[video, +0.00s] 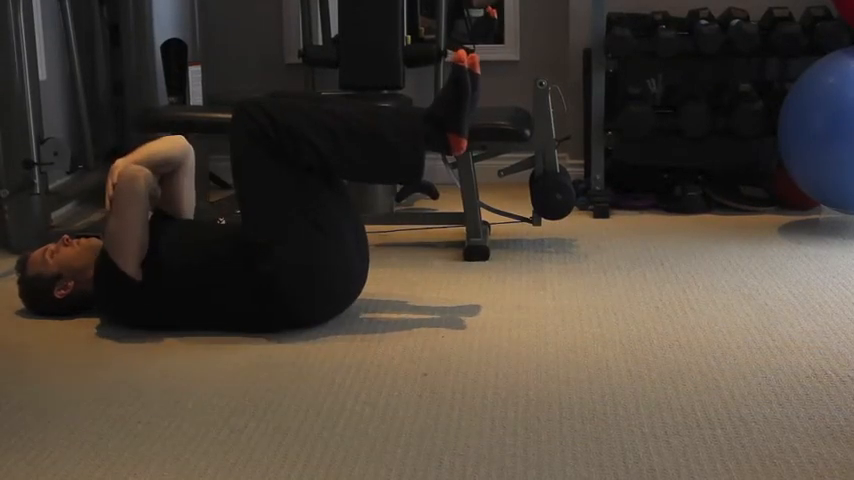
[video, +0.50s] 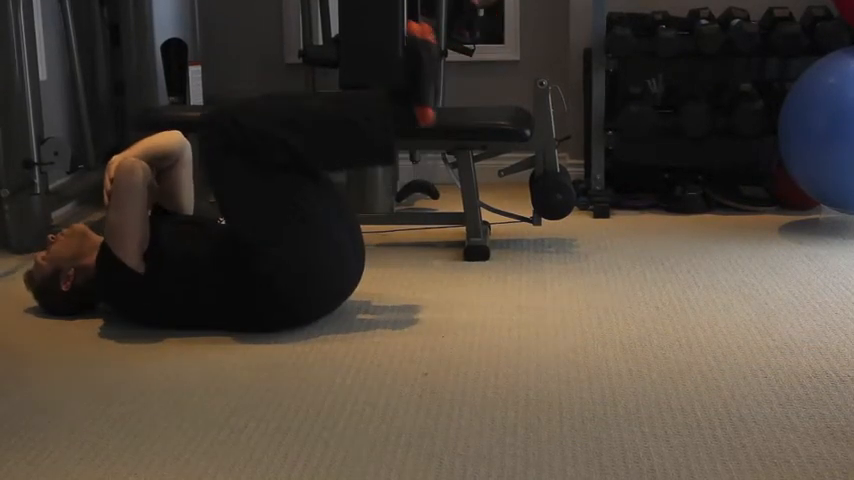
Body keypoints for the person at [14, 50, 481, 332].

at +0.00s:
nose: (67, 237)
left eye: (56, 238)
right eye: (54, 251)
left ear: (75, 238)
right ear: (67, 288)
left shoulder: (151, 253)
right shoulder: (119, 292)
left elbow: (179, 151)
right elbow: (129, 176)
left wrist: (122, 176)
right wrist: (127, 179)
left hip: (320, 265)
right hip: (299, 284)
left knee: (268, 118)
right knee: (259, 121)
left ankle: (428, 127)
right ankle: (430, 135)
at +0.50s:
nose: (57, 236)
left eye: (47, 241)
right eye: (51, 248)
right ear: (72, 278)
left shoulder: (153, 253)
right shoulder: (120, 283)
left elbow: (177, 144)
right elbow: (129, 171)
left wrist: (122, 167)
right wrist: (123, 170)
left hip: (320, 262)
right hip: (297, 276)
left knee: (229, 129)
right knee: (227, 132)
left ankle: (395, 104)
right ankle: (399, 116)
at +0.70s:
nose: (56, 236)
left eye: (46, 244)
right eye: (52, 251)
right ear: (73, 278)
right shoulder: (125, 282)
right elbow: (131, 165)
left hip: (328, 242)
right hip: (295, 262)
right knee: (180, 142)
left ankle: (339, 73)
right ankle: (340, 77)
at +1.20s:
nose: (54, 231)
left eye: (43, 239)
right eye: (48, 245)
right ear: (67, 278)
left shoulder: (151, 258)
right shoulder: (114, 286)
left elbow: (178, 164)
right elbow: (122, 172)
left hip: (326, 251)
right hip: (292, 269)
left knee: (165, 126)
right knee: (166, 127)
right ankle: (354, 110)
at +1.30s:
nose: (66, 232)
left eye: (54, 235)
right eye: (53, 245)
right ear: (65, 283)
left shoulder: (152, 254)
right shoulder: (115, 291)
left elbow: (173, 148)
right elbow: (116, 178)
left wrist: (115, 186)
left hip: (325, 268)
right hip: (297, 285)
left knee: (264, 125)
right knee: (252, 125)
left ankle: (416, 122)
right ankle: (413, 130)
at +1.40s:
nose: (71, 244)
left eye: (64, 245)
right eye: (60, 255)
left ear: (81, 249)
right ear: (66, 291)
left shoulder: (156, 253)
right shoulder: (119, 298)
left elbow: (169, 150)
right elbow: (109, 181)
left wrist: (110, 186)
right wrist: (132, 187)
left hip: (328, 272)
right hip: (306, 290)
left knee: (326, 121)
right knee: (311, 124)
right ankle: (472, 179)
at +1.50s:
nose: (84, 250)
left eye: (77, 249)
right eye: (73, 259)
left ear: (94, 257)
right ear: (80, 293)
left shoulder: (160, 250)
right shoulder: (131, 297)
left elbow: (168, 148)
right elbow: (115, 174)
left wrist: (117, 204)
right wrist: (127, 219)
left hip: (331, 263)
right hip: (323, 290)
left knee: (376, 125)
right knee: (370, 130)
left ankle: (488, 225)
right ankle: (520, 221)